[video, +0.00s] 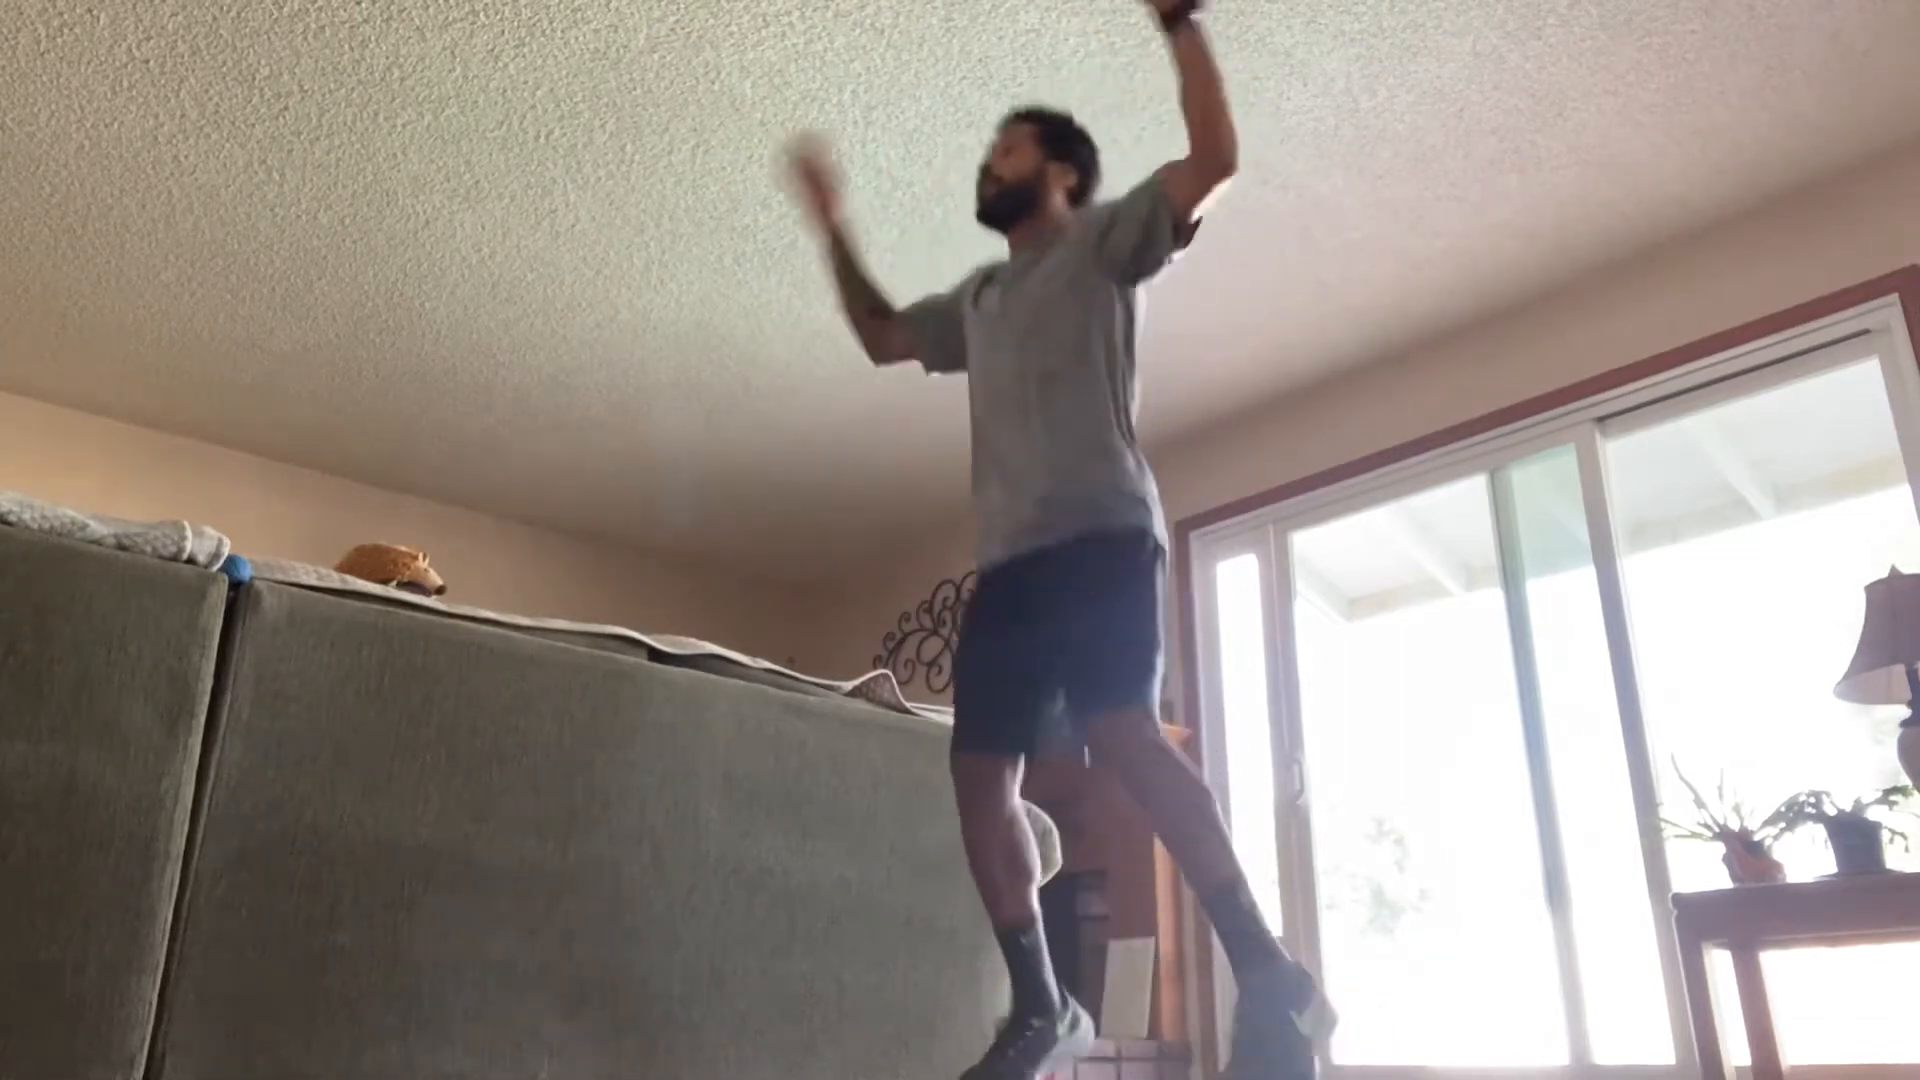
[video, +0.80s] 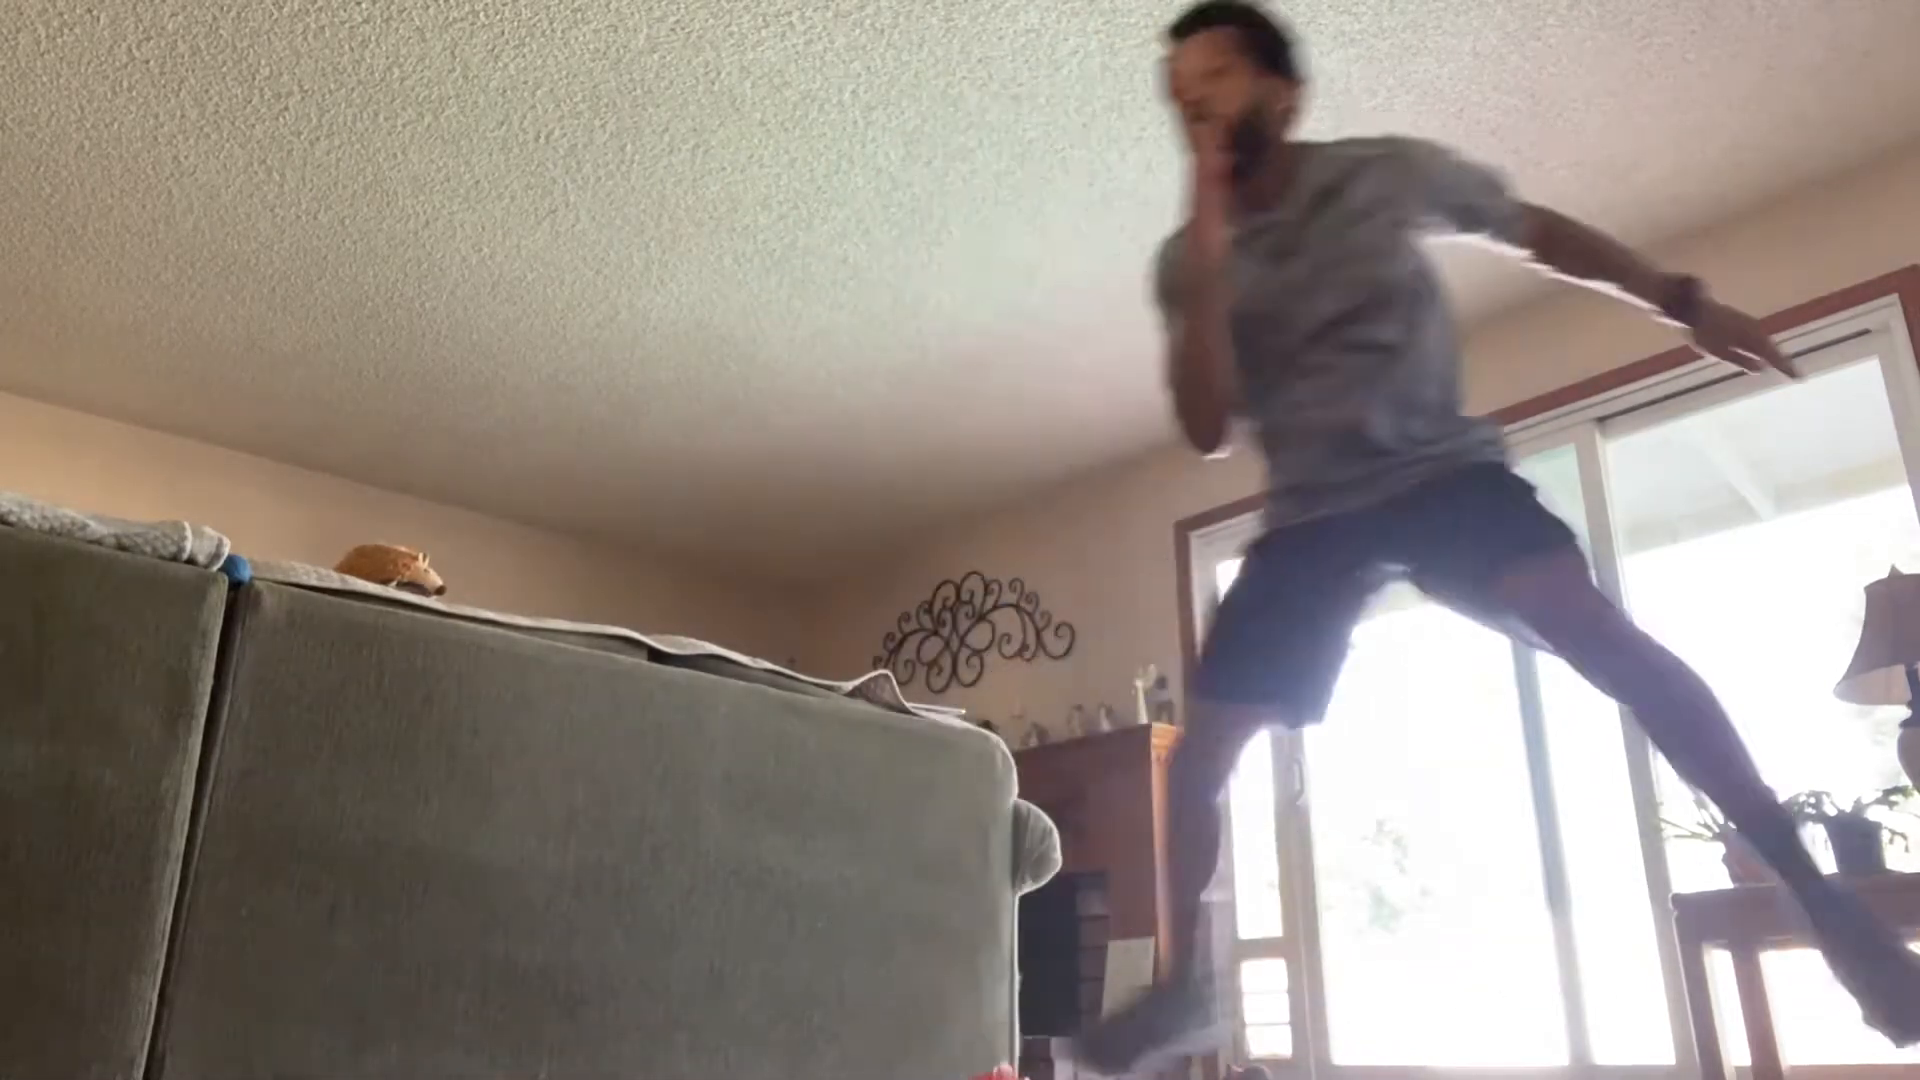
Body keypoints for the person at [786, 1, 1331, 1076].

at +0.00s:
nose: (988, 163)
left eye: (1009, 148)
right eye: (988, 152)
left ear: (1064, 171)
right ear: (1006, 183)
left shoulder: (1101, 242)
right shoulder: (977, 299)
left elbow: (1212, 160)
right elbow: (881, 334)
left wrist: (1184, 31)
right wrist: (832, 227)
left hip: (1104, 533)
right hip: (1010, 557)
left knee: (1121, 737)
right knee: (980, 775)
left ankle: (1266, 973)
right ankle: (1039, 1007)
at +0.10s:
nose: (957, 112)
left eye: (980, 95)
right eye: (957, 100)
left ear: (1035, 124)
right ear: (965, 131)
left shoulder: (1072, 186)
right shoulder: (957, 257)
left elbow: (1194, 234)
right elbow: (924, 381)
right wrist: (814, 364)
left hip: (1093, 464)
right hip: (1006, 491)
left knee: (1064, 656)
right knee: (970, 709)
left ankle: (1246, 873)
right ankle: (1027, 945)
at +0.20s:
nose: (916, 116)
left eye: (937, 100)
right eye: (917, 102)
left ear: (994, 125)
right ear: (950, 132)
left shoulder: (1050, 205)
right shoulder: (941, 269)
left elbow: (1163, 307)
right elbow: (979, 397)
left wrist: (1096, 374)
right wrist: (925, 479)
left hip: (1083, 470)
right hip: (994, 489)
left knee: (1041, 668)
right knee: (953, 703)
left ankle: (1253, 842)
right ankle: (982, 953)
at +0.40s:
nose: (855, 284)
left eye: (875, 266)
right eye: (855, 270)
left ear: (936, 282)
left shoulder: (1015, 355)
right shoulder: (920, 413)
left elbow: (1056, 501)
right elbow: (960, 550)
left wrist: (916, 459)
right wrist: (931, 644)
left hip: (1104, 624)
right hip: (1005, 631)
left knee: (1035, 840)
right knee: (907, 790)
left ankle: (1210, 931)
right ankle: (948, 1038)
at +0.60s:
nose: (937, 269)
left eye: (951, 249)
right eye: (932, 257)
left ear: (1020, 258)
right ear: (945, 287)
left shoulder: (1121, 324)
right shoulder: (974, 410)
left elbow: (1273, 391)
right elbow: (978, 550)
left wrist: (1400, 452)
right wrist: (976, 412)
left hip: (1207, 576)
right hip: (1088, 611)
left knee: (1240, 726)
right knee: (978, 818)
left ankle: (1386, 892)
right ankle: (949, 1041)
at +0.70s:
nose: (1052, 172)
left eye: (1069, 147)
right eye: (1042, 158)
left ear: (1135, 152)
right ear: (1044, 180)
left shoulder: (1241, 218)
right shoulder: (1073, 309)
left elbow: (1398, 273)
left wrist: (1545, 330)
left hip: (1315, 503)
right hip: (1194, 542)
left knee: (1441, 633)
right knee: (1095, 772)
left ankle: (1597, 878)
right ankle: (1012, 1006)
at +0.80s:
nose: (1198, 108)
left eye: (1217, 81)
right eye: (1182, 94)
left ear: (1280, 83)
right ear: (1175, 113)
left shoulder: (1386, 174)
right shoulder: (1188, 251)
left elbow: (1538, 234)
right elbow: (1203, 426)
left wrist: (1688, 304)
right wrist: (1207, 243)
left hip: (1442, 480)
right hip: (1307, 517)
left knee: (1606, 643)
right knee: (1195, 758)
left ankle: (1821, 901)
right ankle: (1188, 987)